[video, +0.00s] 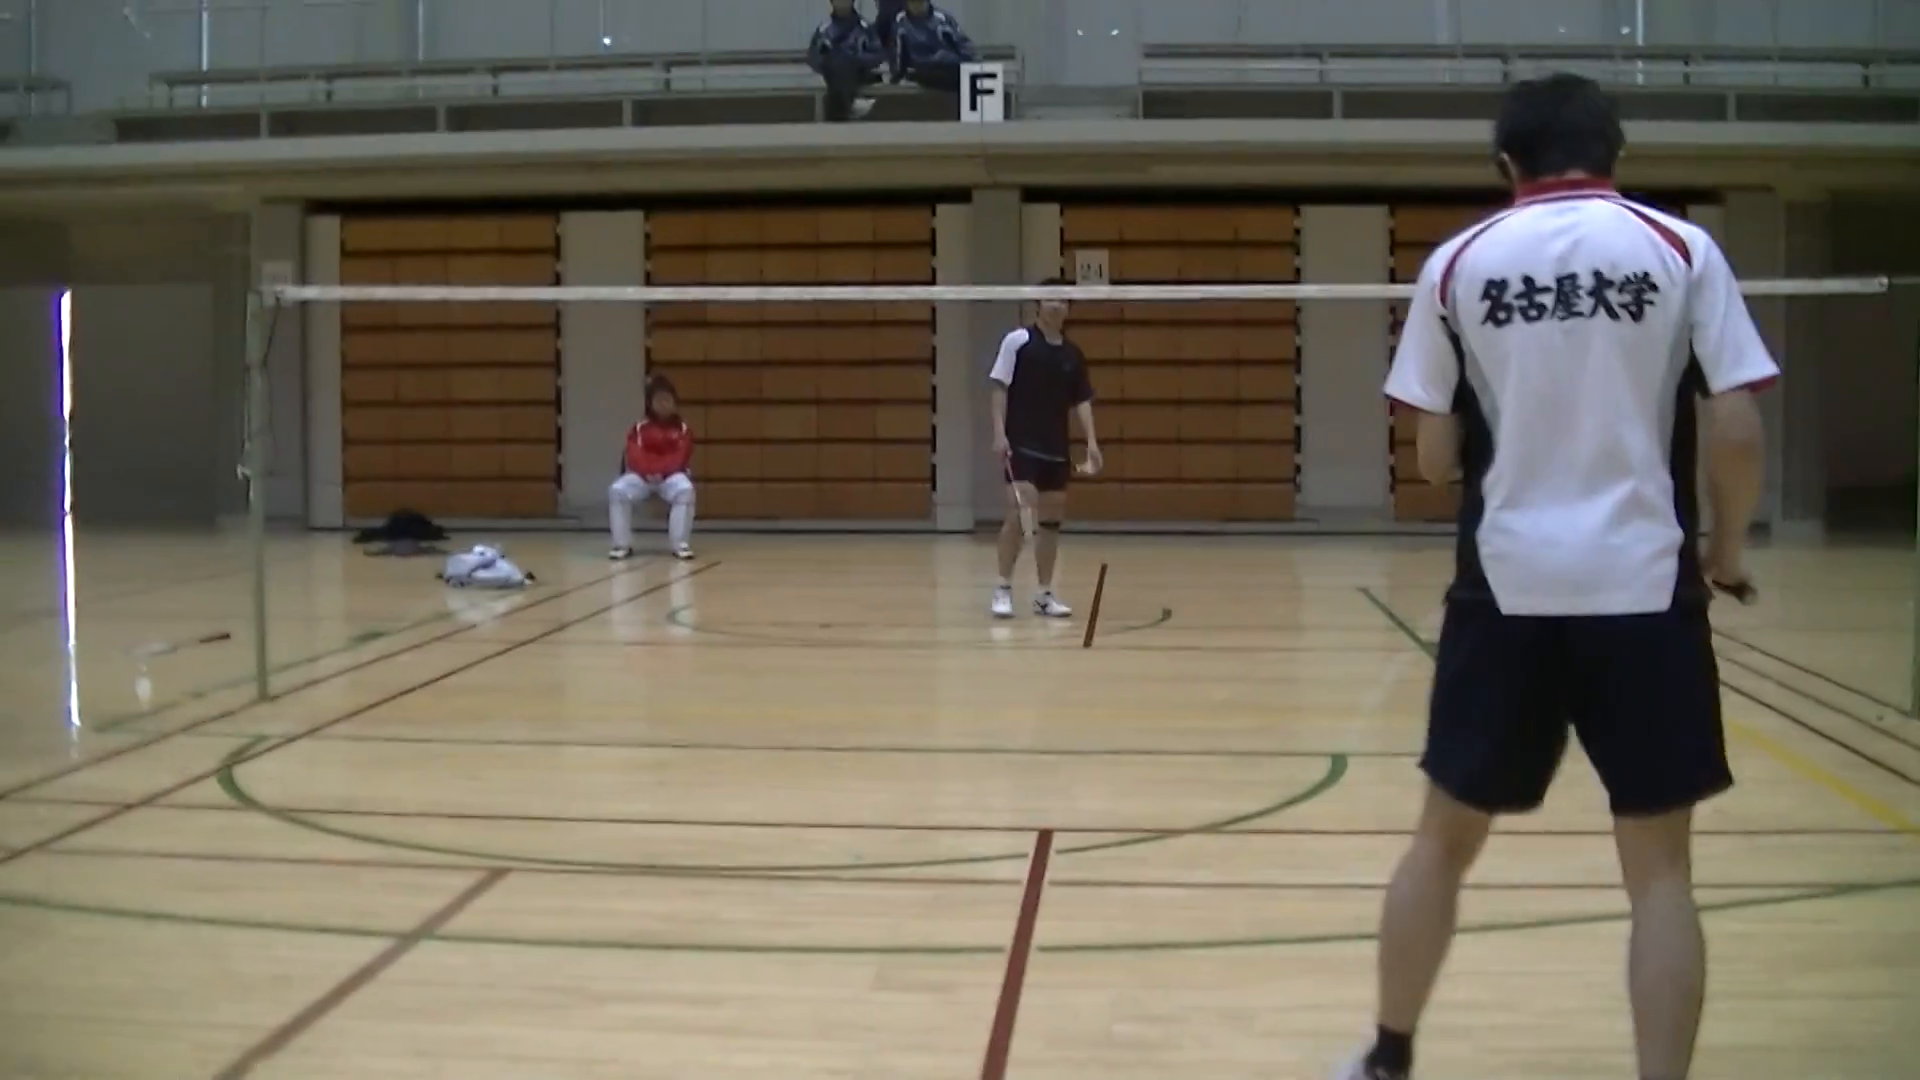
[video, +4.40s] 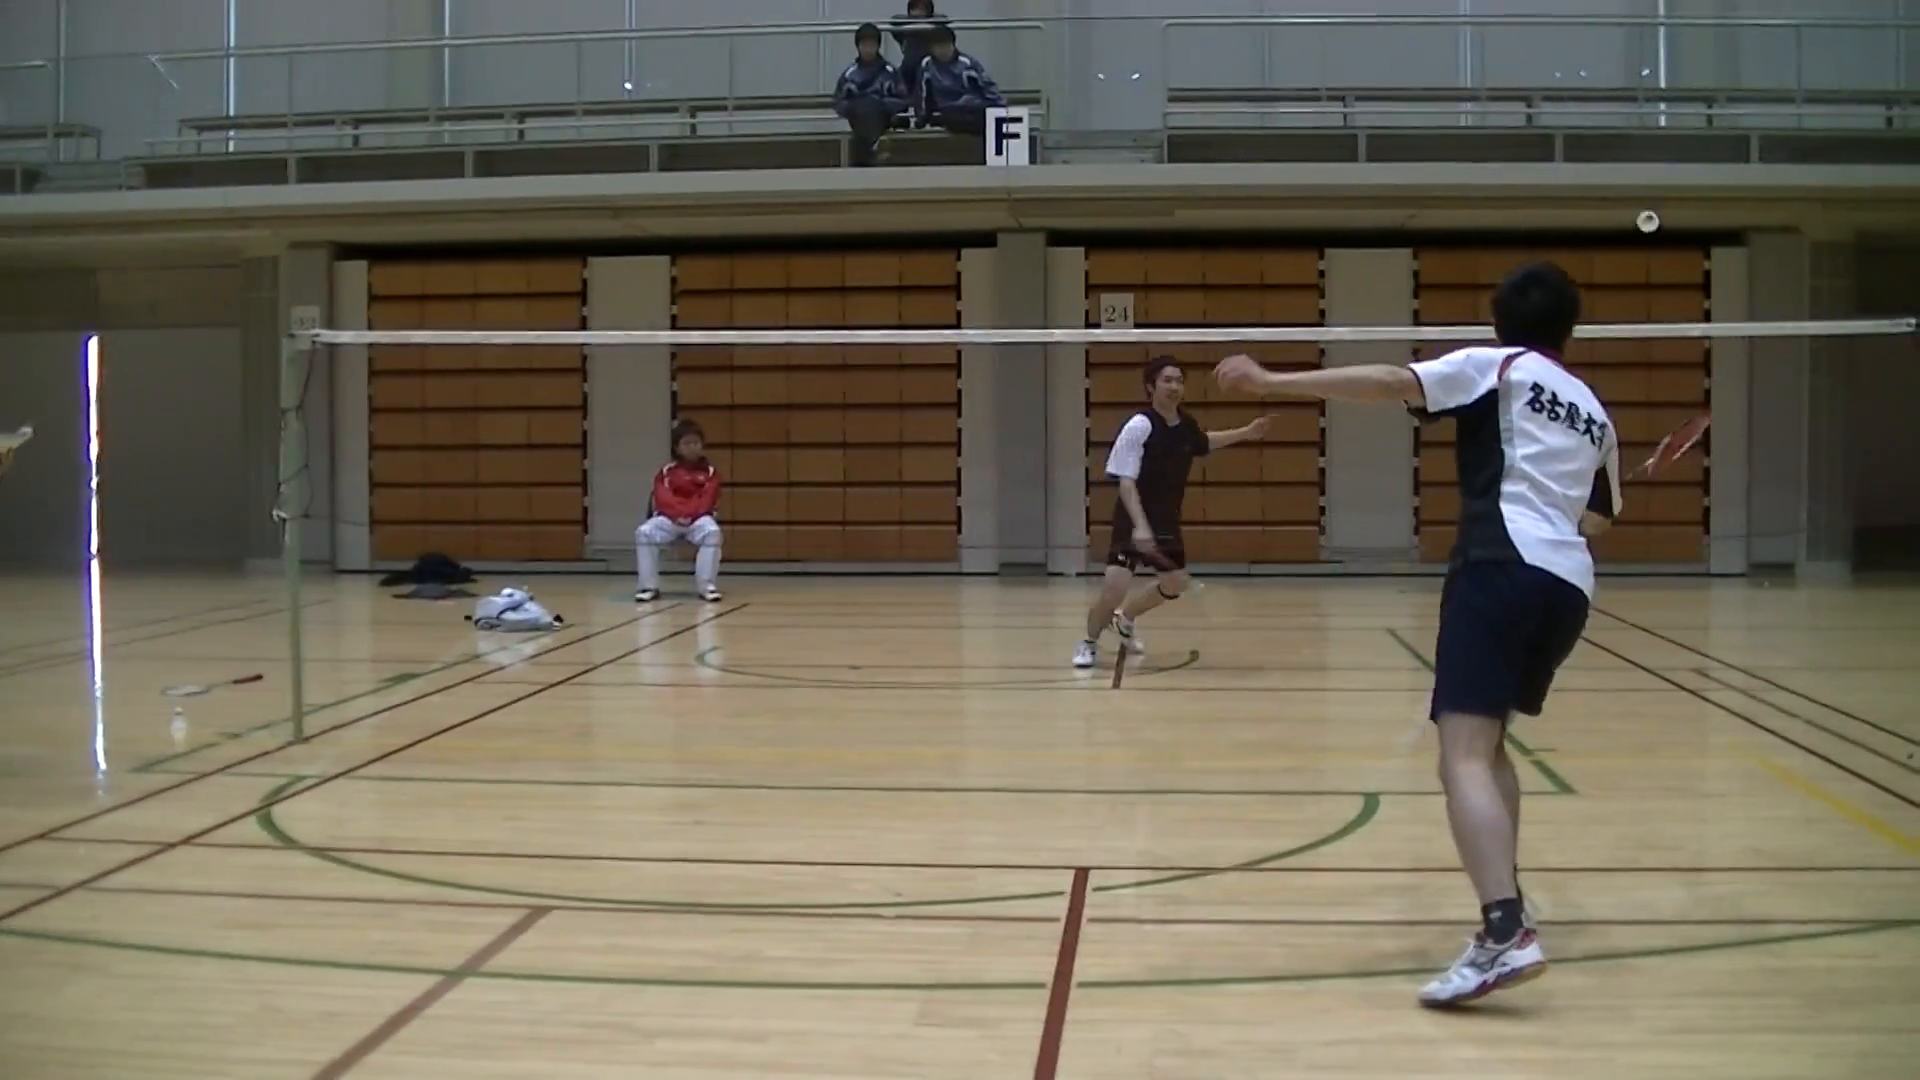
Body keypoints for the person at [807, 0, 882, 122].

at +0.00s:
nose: (842, 5)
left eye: (845, 2)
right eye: (838, 2)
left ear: (852, 3)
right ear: (832, 3)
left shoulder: (866, 27)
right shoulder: (824, 29)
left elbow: (878, 55)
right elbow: (812, 57)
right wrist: (829, 70)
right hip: (834, 82)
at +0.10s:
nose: (846, 28)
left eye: (850, 23)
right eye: (842, 24)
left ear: (857, 25)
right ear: (836, 26)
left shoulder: (868, 52)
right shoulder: (827, 54)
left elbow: (881, 80)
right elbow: (817, 83)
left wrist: (857, 83)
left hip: (863, 99)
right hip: (836, 100)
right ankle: (857, 129)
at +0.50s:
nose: (843, 45)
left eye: (847, 41)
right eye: (839, 41)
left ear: (853, 42)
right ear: (832, 43)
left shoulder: (865, 68)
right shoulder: (824, 70)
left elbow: (878, 97)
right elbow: (813, 101)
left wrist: (855, 102)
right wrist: (829, 104)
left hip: (857, 113)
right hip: (830, 114)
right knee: (837, 101)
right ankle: (854, 145)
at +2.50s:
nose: (836, 50)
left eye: (840, 45)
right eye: (831, 46)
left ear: (846, 47)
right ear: (825, 48)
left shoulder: (858, 73)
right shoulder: (816, 75)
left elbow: (870, 102)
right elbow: (806, 106)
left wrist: (846, 105)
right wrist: (822, 106)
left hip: (851, 117)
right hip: (823, 118)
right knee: (830, 104)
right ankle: (842, 143)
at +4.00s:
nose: (842, 50)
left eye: (846, 45)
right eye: (838, 46)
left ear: (852, 47)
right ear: (832, 48)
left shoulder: (866, 74)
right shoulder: (823, 76)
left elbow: (876, 103)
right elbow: (814, 105)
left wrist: (846, 103)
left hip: (860, 120)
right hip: (831, 120)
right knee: (835, 105)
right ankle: (851, 142)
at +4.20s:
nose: (877, 51)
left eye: (881, 46)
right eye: (873, 46)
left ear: (888, 47)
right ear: (867, 48)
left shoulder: (902, 74)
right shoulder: (859, 76)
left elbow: (914, 103)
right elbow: (851, 104)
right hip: (870, 125)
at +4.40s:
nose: (867, 49)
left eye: (871, 44)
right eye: (864, 44)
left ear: (878, 45)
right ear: (857, 46)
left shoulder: (890, 72)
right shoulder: (849, 73)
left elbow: (902, 101)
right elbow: (838, 102)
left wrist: (878, 104)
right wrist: (854, 109)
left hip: (884, 121)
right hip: (858, 122)